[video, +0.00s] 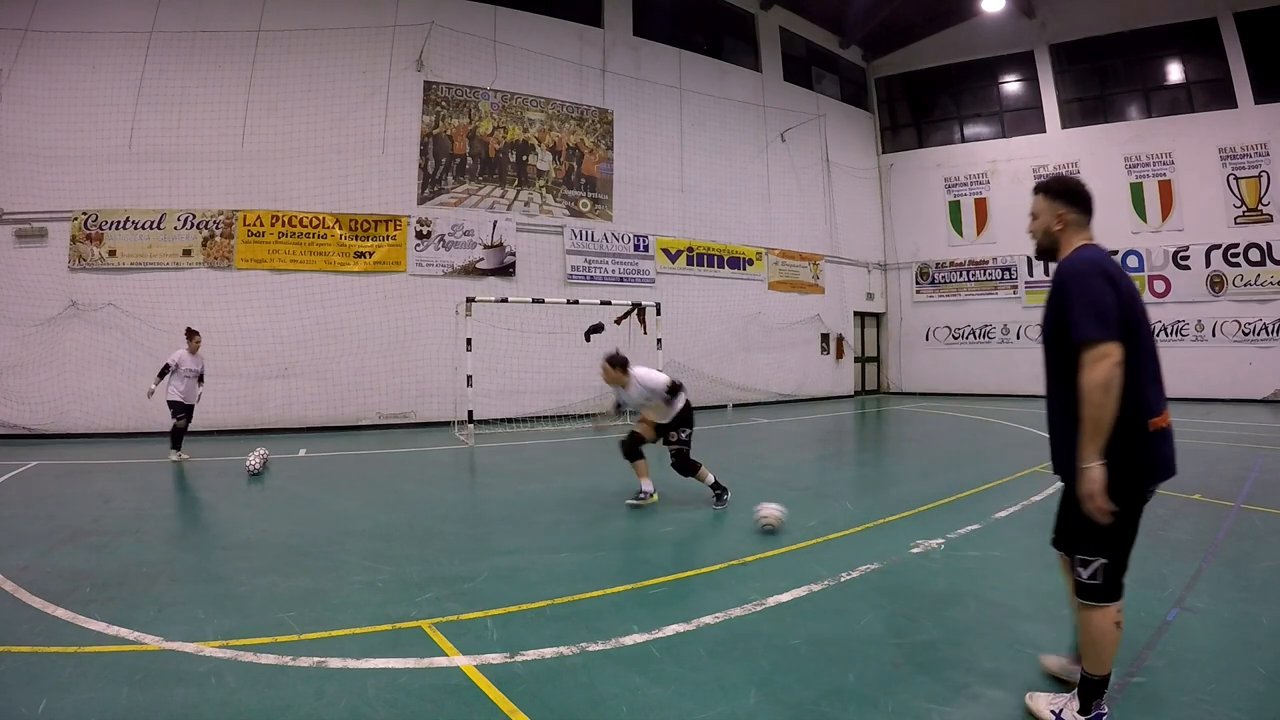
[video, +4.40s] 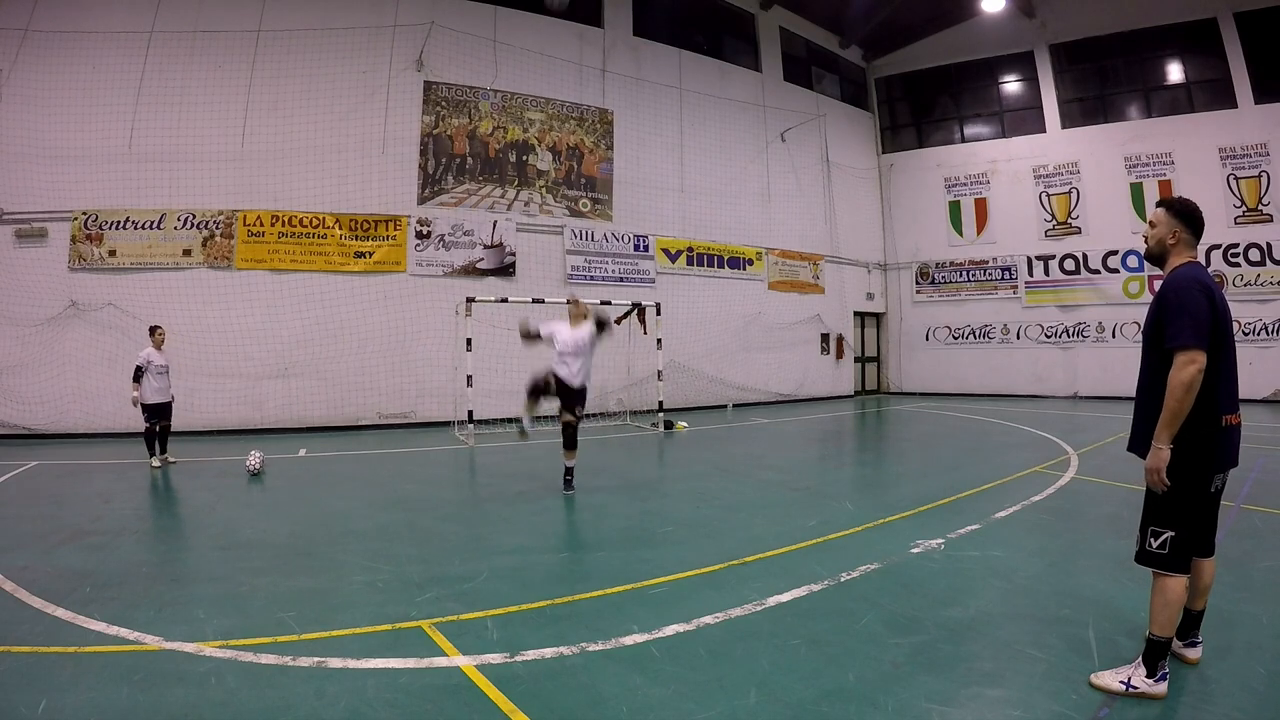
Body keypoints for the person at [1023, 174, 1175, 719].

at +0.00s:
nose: (1029, 227)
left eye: (1035, 217)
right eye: (1030, 217)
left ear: (1060, 218)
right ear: (1070, 219)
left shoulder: (1084, 271)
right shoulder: (1084, 267)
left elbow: (1104, 364)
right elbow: (1103, 364)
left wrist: (1090, 459)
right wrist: (1085, 454)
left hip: (1118, 455)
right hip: (1109, 450)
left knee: (1098, 579)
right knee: (1072, 550)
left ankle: (1091, 704)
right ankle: (1085, 658)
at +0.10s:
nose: (1042, 220)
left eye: (1049, 209)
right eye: (1044, 210)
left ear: (1080, 212)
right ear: (1086, 214)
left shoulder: (1100, 268)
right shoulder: (1110, 262)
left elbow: (1129, 358)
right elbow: (1123, 362)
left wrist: (1119, 458)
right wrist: (1100, 452)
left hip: (1122, 457)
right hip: (1126, 451)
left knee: (1105, 578)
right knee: (1110, 556)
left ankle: (1090, 704)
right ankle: (1147, 659)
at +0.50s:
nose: (1114, 221)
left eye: (1123, 211)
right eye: (1115, 211)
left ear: (1157, 216)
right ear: (1158, 219)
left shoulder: (1170, 279)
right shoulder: (1181, 274)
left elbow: (1190, 375)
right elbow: (1192, 378)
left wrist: (1149, 469)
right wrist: (1152, 462)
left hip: (1168, 473)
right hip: (1197, 467)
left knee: (1128, 595)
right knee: (1194, 576)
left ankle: (1089, 706)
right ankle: (1219, 686)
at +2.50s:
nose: (1123, 239)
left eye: (1129, 230)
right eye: (1125, 230)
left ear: (1152, 234)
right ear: (1169, 235)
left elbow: (1142, 373)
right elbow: (1214, 362)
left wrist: (1096, 438)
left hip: (1165, 449)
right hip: (1207, 444)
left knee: (1145, 565)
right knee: (1188, 545)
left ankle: (1127, 676)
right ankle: (1185, 636)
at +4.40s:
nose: (1144, 233)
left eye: (1151, 225)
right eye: (1146, 225)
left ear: (1174, 234)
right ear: (1180, 235)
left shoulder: (1183, 285)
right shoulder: (1198, 282)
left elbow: (1190, 366)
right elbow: (1202, 367)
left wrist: (1160, 442)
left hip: (1186, 447)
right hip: (1209, 443)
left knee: (1168, 558)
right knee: (1198, 546)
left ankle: (1151, 670)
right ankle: (1187, 638)